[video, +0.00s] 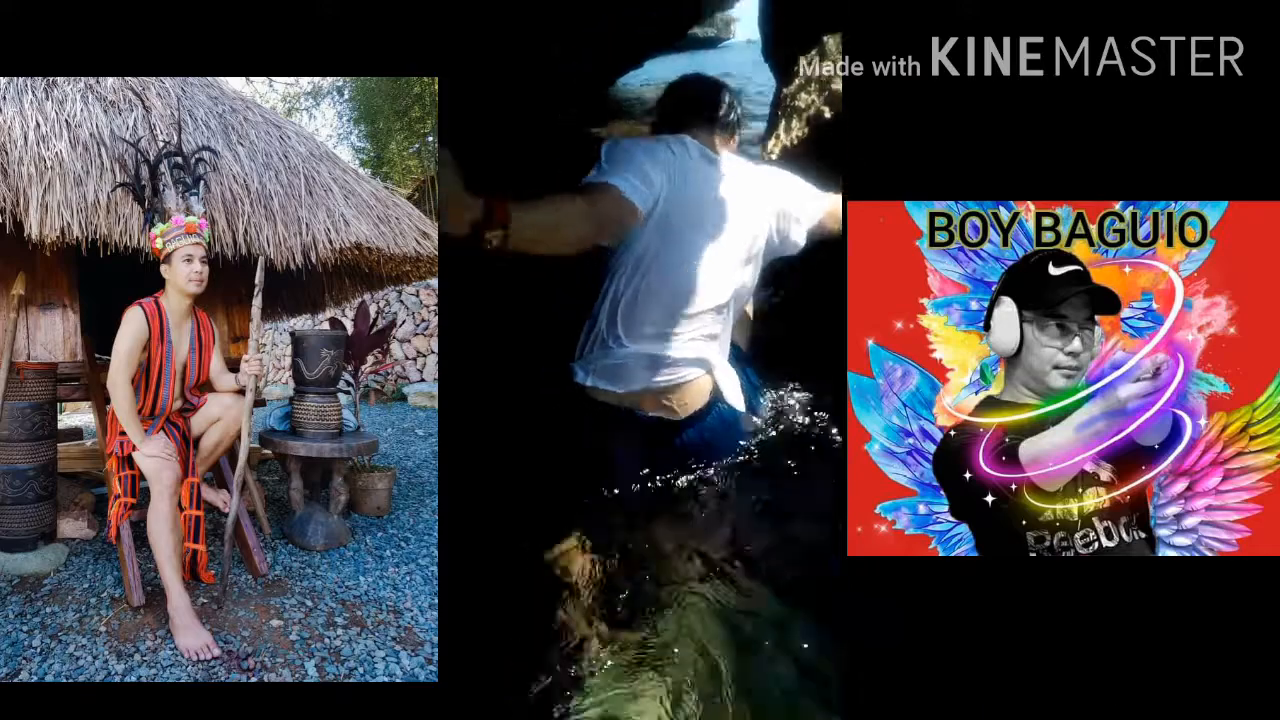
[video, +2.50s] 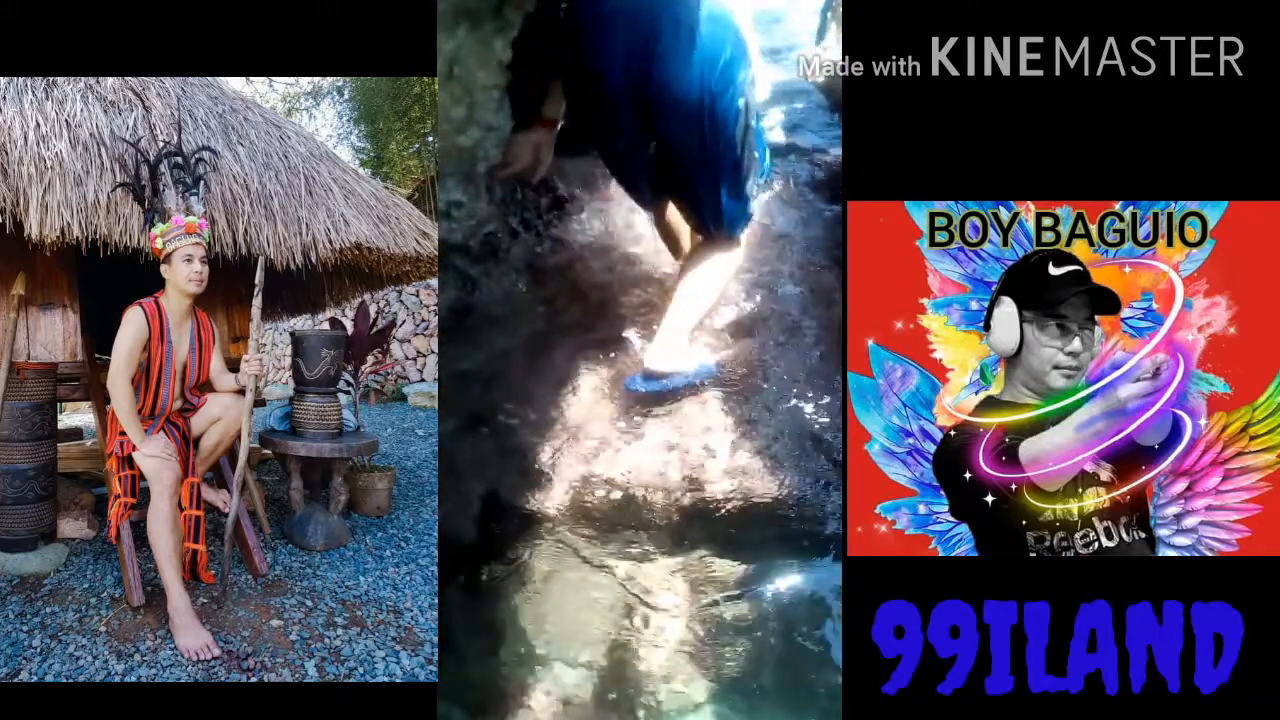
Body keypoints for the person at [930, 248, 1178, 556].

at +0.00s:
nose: (1076, 346)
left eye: (1086, 328)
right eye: (1055, 327)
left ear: (1096, 334)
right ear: (1007, 327)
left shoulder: (1113, 409)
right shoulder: (962, 445)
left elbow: (1155, 435)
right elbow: (1022, 472)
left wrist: (1149, 396)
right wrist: (1105, 412)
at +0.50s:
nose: (1076, 346)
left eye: (1086, 328)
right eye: (1055, 327)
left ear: (1097, 334)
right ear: (1007, 328)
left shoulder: (1113, 409)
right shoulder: (962, 446)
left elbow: (1155, 435)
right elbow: (1021, 472)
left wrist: (1149, 396)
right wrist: (1105, 412)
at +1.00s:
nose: (1076, 346)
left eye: (1086, 328)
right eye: (1055, 326)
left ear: (1096, 335)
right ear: (1007, 328)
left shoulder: (1113, 408)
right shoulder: (962, 446)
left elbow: (1156, 436)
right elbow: (1021, 472)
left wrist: (1147, 395)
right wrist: (1105, 413)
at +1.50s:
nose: (1076, 346)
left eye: (1086, 328)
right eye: (1055, 327)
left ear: (1097, 334)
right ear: (1007, 328)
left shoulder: (1113, 409)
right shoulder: (962, 446)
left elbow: (1156, 435)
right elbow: (1021, 472)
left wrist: (1148, 396)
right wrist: (1105, 412)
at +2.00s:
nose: (1076, 346)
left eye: (1086, 328)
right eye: (1055, 327)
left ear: (1096, 334)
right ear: (1007, 327)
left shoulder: (1113, 409)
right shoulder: (962, 445)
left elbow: (1155, 435)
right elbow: (1022, 472)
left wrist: (1149, 396)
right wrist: (1106, 412)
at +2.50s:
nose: (1076, 346)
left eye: (1086, 328)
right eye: (1055, 327)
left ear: (1097, 334)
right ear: (1007, 328)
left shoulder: (1113, 408)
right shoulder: (962, 446)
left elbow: (1155, 435)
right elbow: (1022, 472)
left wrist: (1149, 396)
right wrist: (1106, 412)